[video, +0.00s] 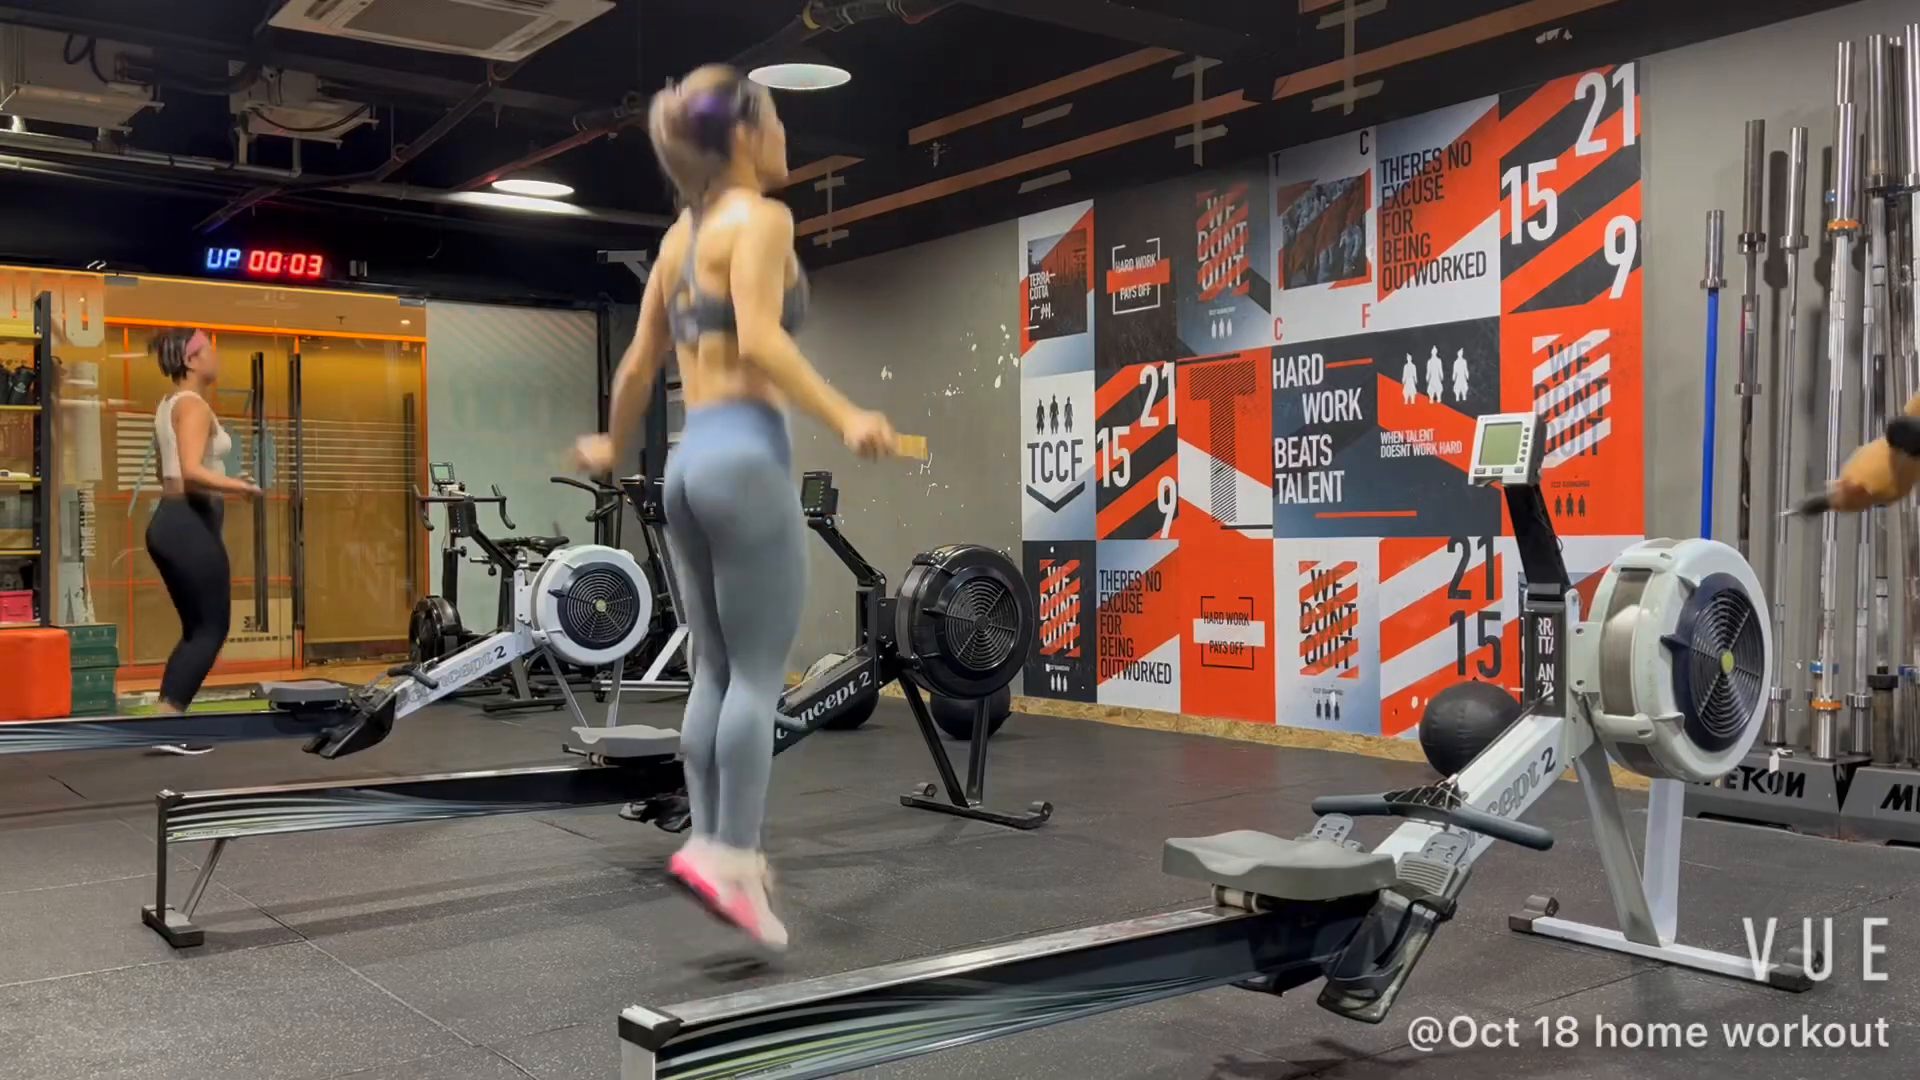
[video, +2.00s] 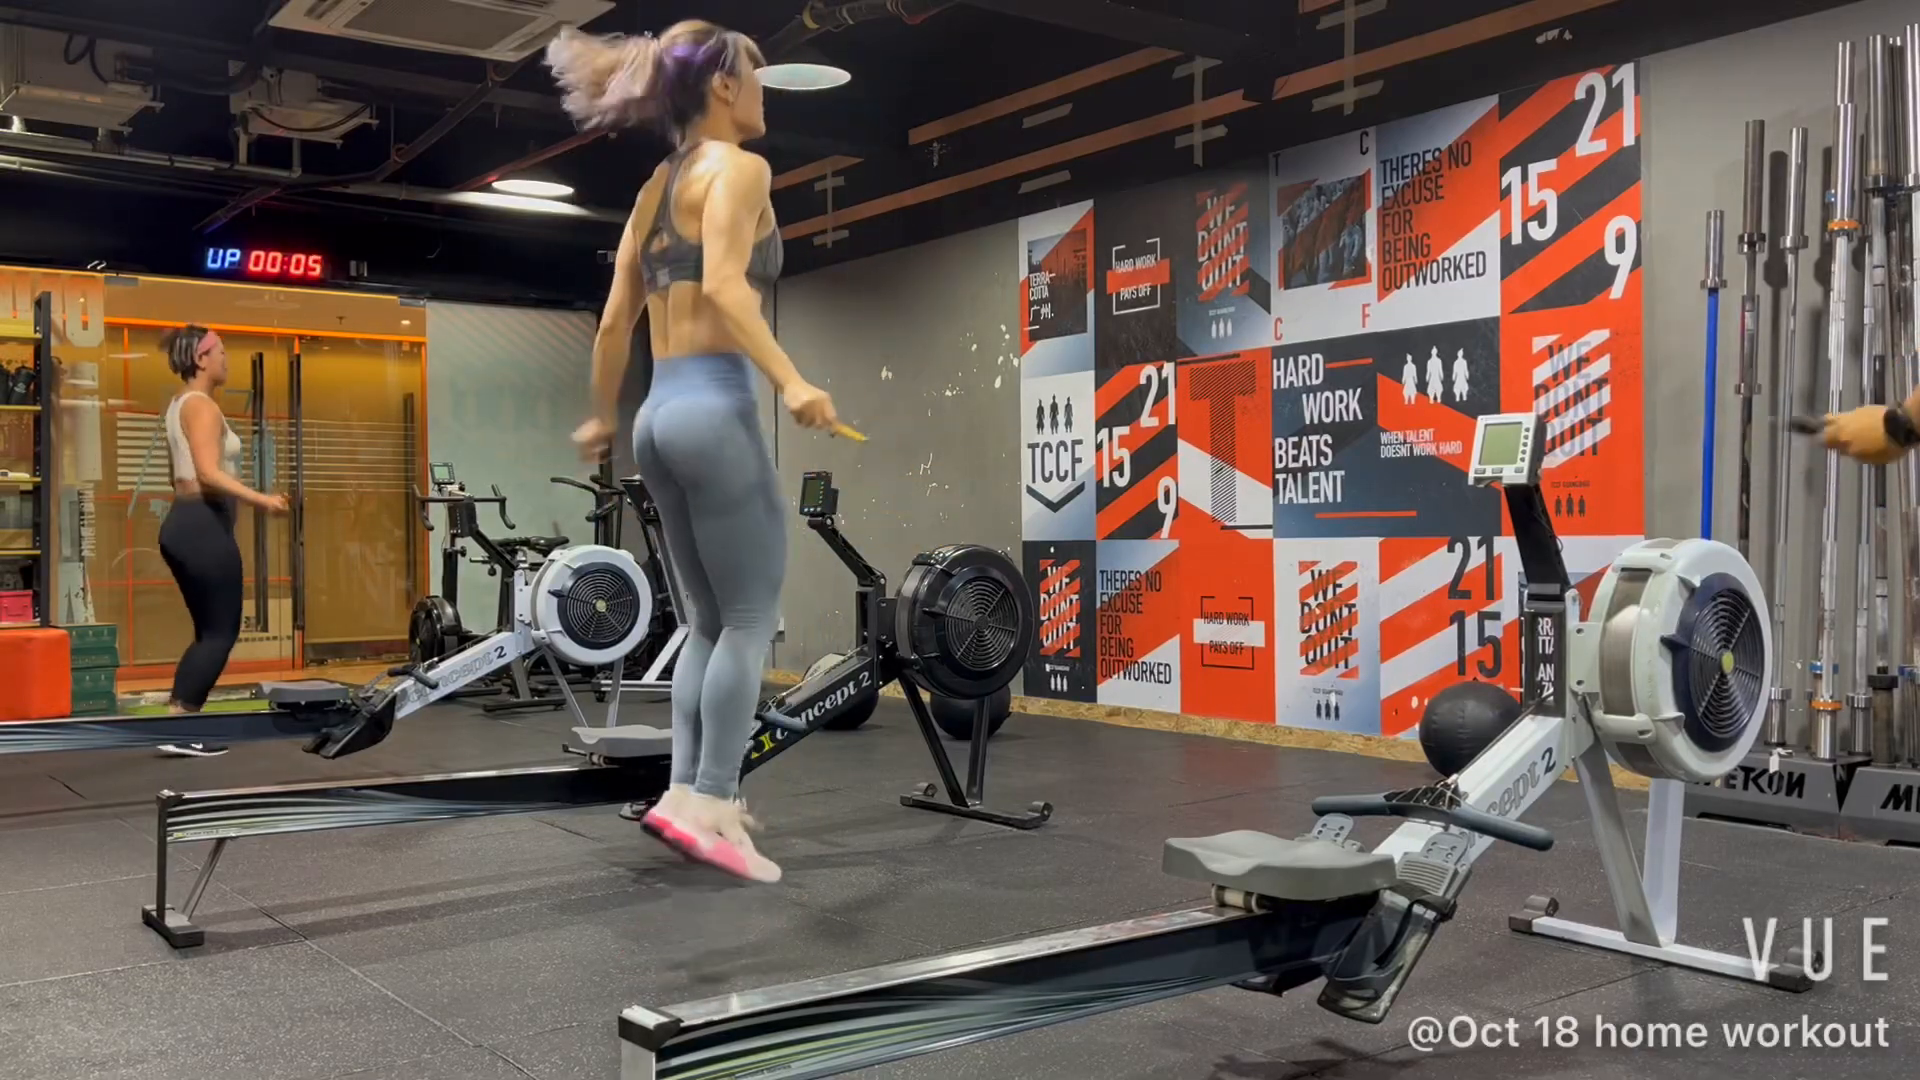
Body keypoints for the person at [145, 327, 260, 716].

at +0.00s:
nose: (216, 355)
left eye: (212, 347)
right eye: (211, 348)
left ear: (187, 361)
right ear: (194, 359)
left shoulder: (169, 406)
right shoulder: (193, 406)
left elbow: (175, 473)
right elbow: (192, 471)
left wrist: (224, 485)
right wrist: (235, 484)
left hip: (169, 520)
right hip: (188, 521)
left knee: (196, 627)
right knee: (213, 624)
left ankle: (165, 714)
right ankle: (167, 716)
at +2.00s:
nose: (226, 360)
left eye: (223, 352)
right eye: (221, 352)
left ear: (196, 359)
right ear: (204, 357)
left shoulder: (181, 406)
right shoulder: (201, 406)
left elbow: (195, 476)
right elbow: (210, 474)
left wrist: (244, 497)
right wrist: (262, 498)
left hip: (185, 523)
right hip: (202, 524)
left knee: (210, 631)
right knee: (221, 632)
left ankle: (178, 717)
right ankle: (181, 719)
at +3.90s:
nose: (232, 361)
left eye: (228, 353)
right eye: (226, 355)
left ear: (200, 362)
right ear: (207, 361)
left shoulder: (185, 406)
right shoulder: (208, 409)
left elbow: (208, 477)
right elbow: (217, 479)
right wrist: (266, 505)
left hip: (191, 526)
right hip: (208, 528)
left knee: (213, 632)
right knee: (225, 633)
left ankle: (180, 716)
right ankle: (183, 718)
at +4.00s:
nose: (229, 339)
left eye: (224, 331)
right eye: (223, 332)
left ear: (197, 343)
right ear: (207, 340)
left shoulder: (184, 388)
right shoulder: (208, 388)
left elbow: (199, 455)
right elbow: (217, 455)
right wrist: (246, 496)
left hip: (192, 504)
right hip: (210, 504)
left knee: (206, 610)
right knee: (216, 610)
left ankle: (189, 706)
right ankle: (192, 708)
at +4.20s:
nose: (230, 351)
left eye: (226, 342)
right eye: (225, 342)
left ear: (200, 348)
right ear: (209, 347)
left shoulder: (187, 397)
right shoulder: (208, 396)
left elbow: (200, 469)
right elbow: (213, 469)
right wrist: (261, 493)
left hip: (189, 521)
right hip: (210, 522)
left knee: (209, 625)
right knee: (221, 626)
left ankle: (181, 720)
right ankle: (184, 723)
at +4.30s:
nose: (232, 359)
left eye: (229, 350)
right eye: (226, 350)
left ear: (202, 354)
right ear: (210, 354)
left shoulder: (188, 403)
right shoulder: (210, 405)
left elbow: (200, 478)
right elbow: (219, 476)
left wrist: (243, 505)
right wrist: (262, 513)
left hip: (190, 527)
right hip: (210, 528)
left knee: (208, 632)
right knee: (220, 633)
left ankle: (179, 719)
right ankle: (182, 721)